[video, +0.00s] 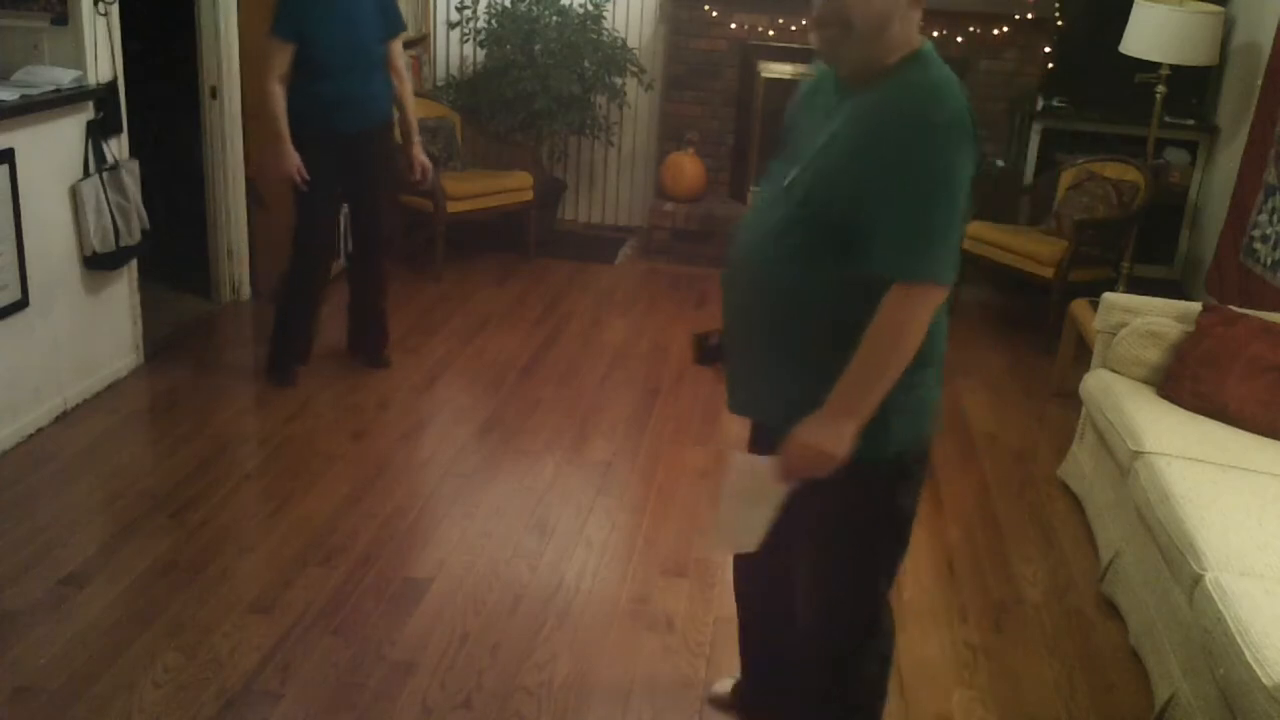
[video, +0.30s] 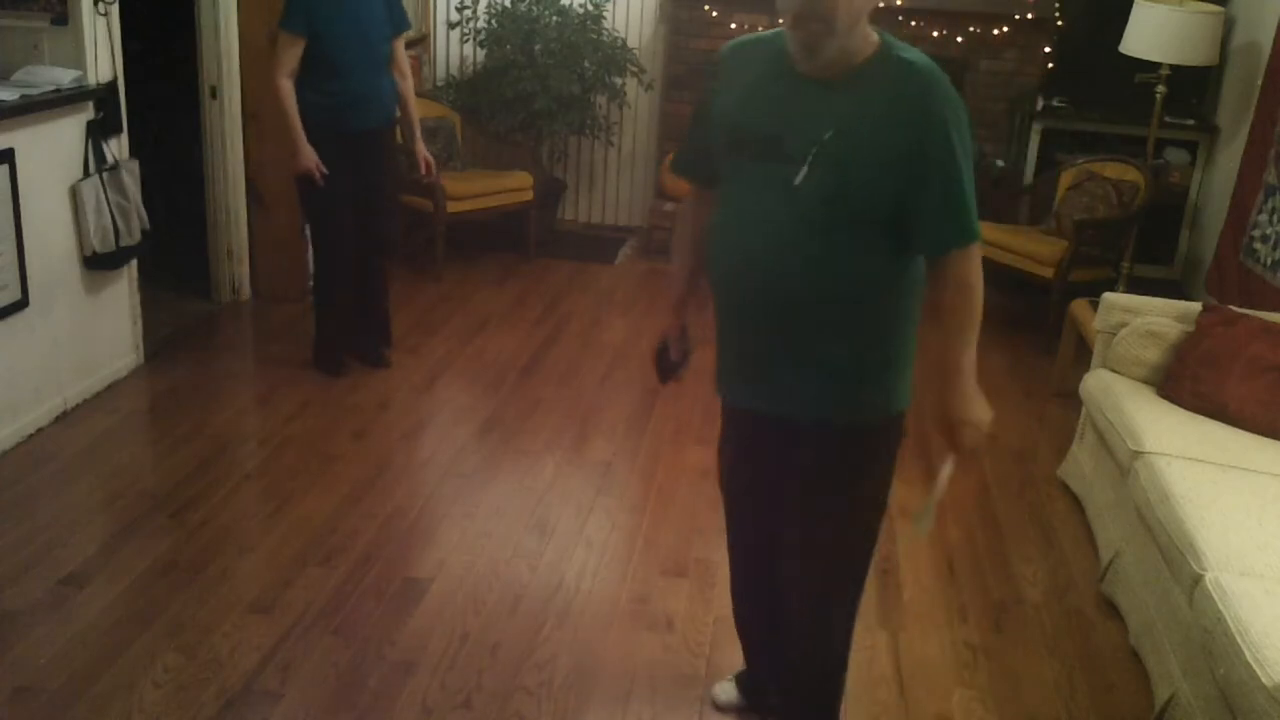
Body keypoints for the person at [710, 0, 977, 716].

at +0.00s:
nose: (818, 10)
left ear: (907, 8)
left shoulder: (928, 107)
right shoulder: (822, 89)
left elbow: (922, 283)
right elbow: (794, 234)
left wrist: (839, 417)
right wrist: (750, 340)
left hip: (870, 430)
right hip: (790, 401)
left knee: (837, 608)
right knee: (768, 574)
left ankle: (831, 710)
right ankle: (767, 690)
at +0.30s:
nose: (803, 9)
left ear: (871, 3)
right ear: (777, 3)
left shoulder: (919, 94)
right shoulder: (739, 66)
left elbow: (956, 253)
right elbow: (700, 197)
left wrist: (960, 384)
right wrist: (676, 309)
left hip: (855, 384)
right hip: (753, 369)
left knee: (824, 560)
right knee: (756, 540)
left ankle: (806, 705)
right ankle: (767, 678)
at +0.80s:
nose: (812, 3)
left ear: (866, 1)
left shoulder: (915, 82)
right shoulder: (724, 73)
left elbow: (955, 224)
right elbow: (688, 202)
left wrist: (966, 349)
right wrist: (675, 320)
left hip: (878, 379)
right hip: (761, 373)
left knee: (890, 561)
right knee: (771, 546)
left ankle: (910, 698)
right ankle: (774, 677)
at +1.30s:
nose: (912, 6)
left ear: (963, 5)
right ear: (871, 4)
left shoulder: (1020, 101)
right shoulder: (825, 91)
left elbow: (1060, 249)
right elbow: (787, 215)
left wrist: (1039, 379)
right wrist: (757, 324)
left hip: (962, 405)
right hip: (839, 391)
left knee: (959, 607)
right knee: (814, 558)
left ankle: (970, 713)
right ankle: (779, 677)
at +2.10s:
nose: (954, 11)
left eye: (982, 1)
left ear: (1033, 13)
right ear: (926, 3)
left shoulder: (1055, 126)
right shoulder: (915, 76)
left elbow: (1039, 297)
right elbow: (880, 225)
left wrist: (937, 421)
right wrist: (832, 335)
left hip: (954, 433)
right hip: (864, 400)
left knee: (926, 614)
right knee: (835, 591)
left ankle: (947, 710)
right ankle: (840, 710)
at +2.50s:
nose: (885, 43)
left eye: (894, 23)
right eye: (883, 25)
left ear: (954, 12)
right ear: (957, 16)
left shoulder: (994, 126)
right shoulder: (1024, 101)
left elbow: (944, 312)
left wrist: (819, 378)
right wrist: (841, 371)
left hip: (949, 449)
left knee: (910, 638)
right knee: (889, 606)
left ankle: (903, 717)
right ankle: (857, 705)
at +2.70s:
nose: (877, 59)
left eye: (881, 36)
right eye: (871, 41)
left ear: (935, 18)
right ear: (942, 18)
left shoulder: (965, 130)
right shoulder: (1067, 98)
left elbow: (894, 312)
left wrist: (781, 331)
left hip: (949, 483)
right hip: (1023, 474)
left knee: (907, 691)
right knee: (943, 673)